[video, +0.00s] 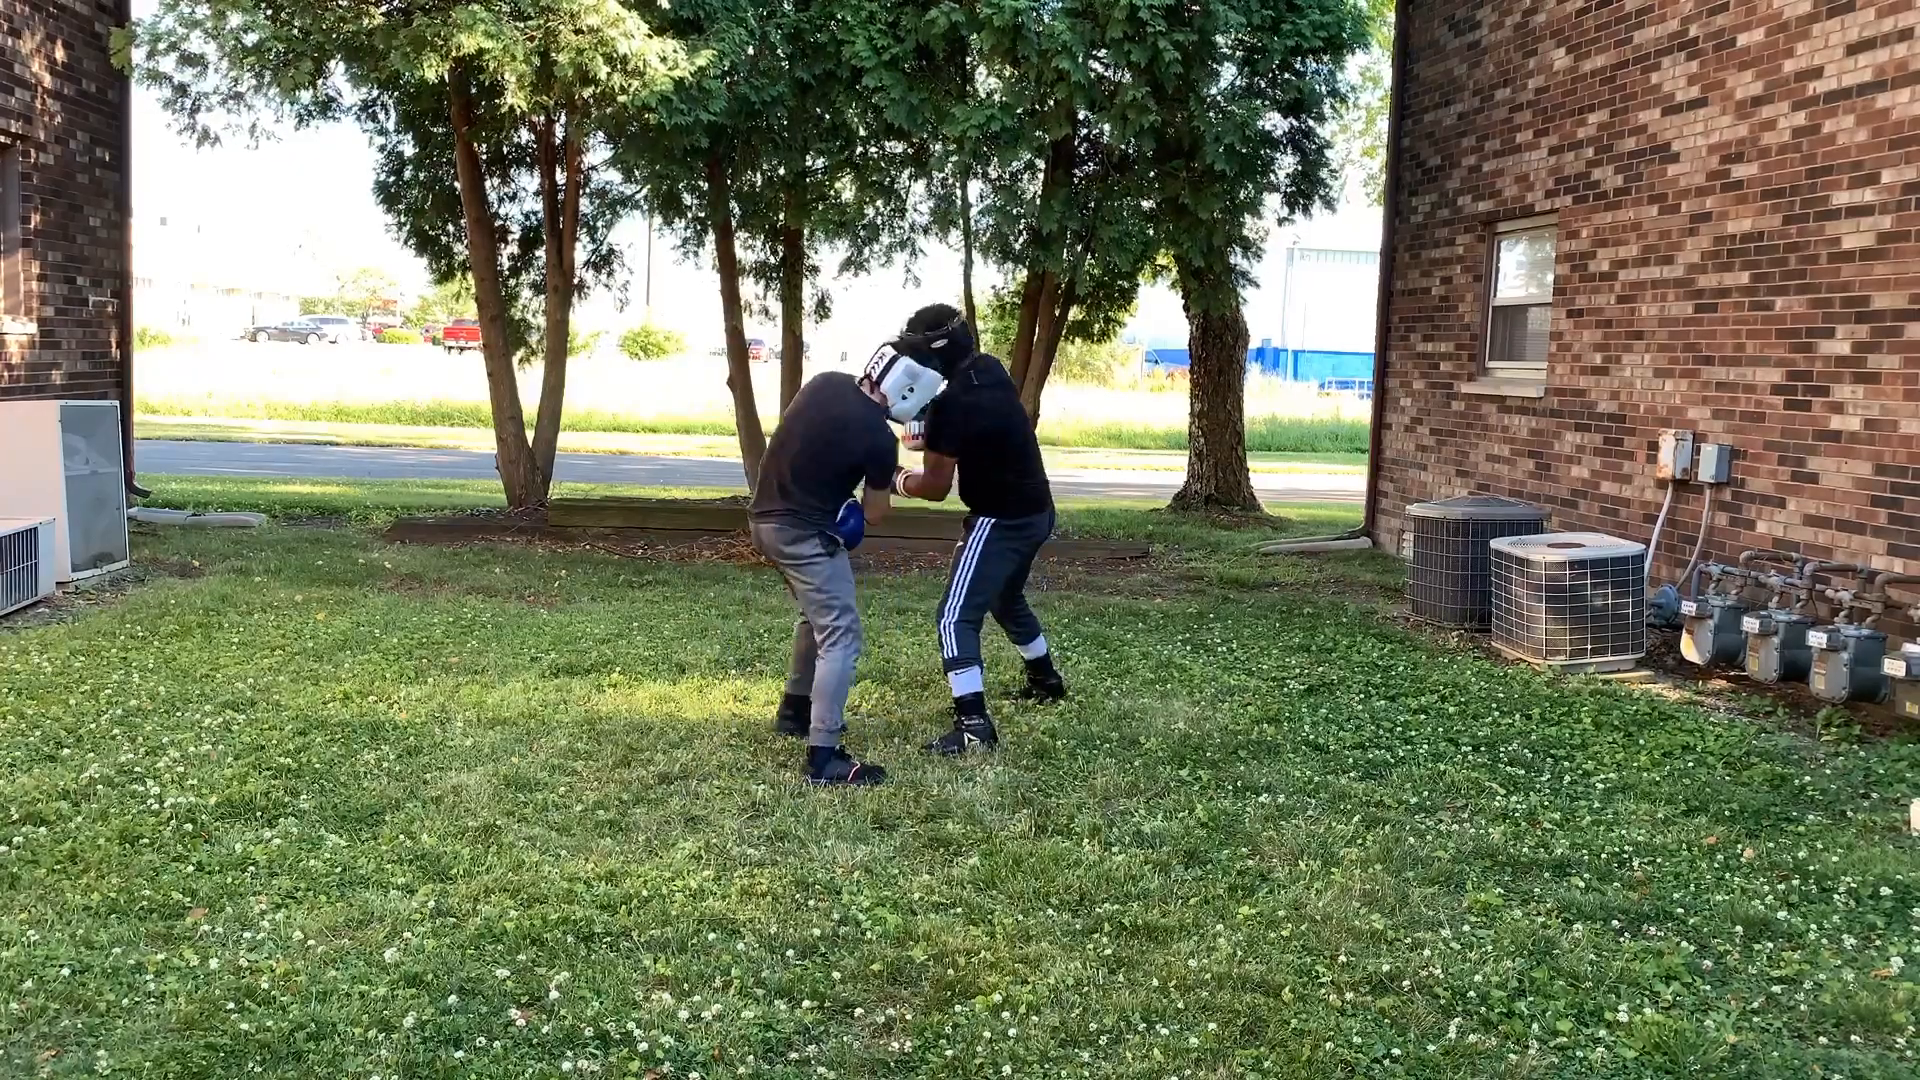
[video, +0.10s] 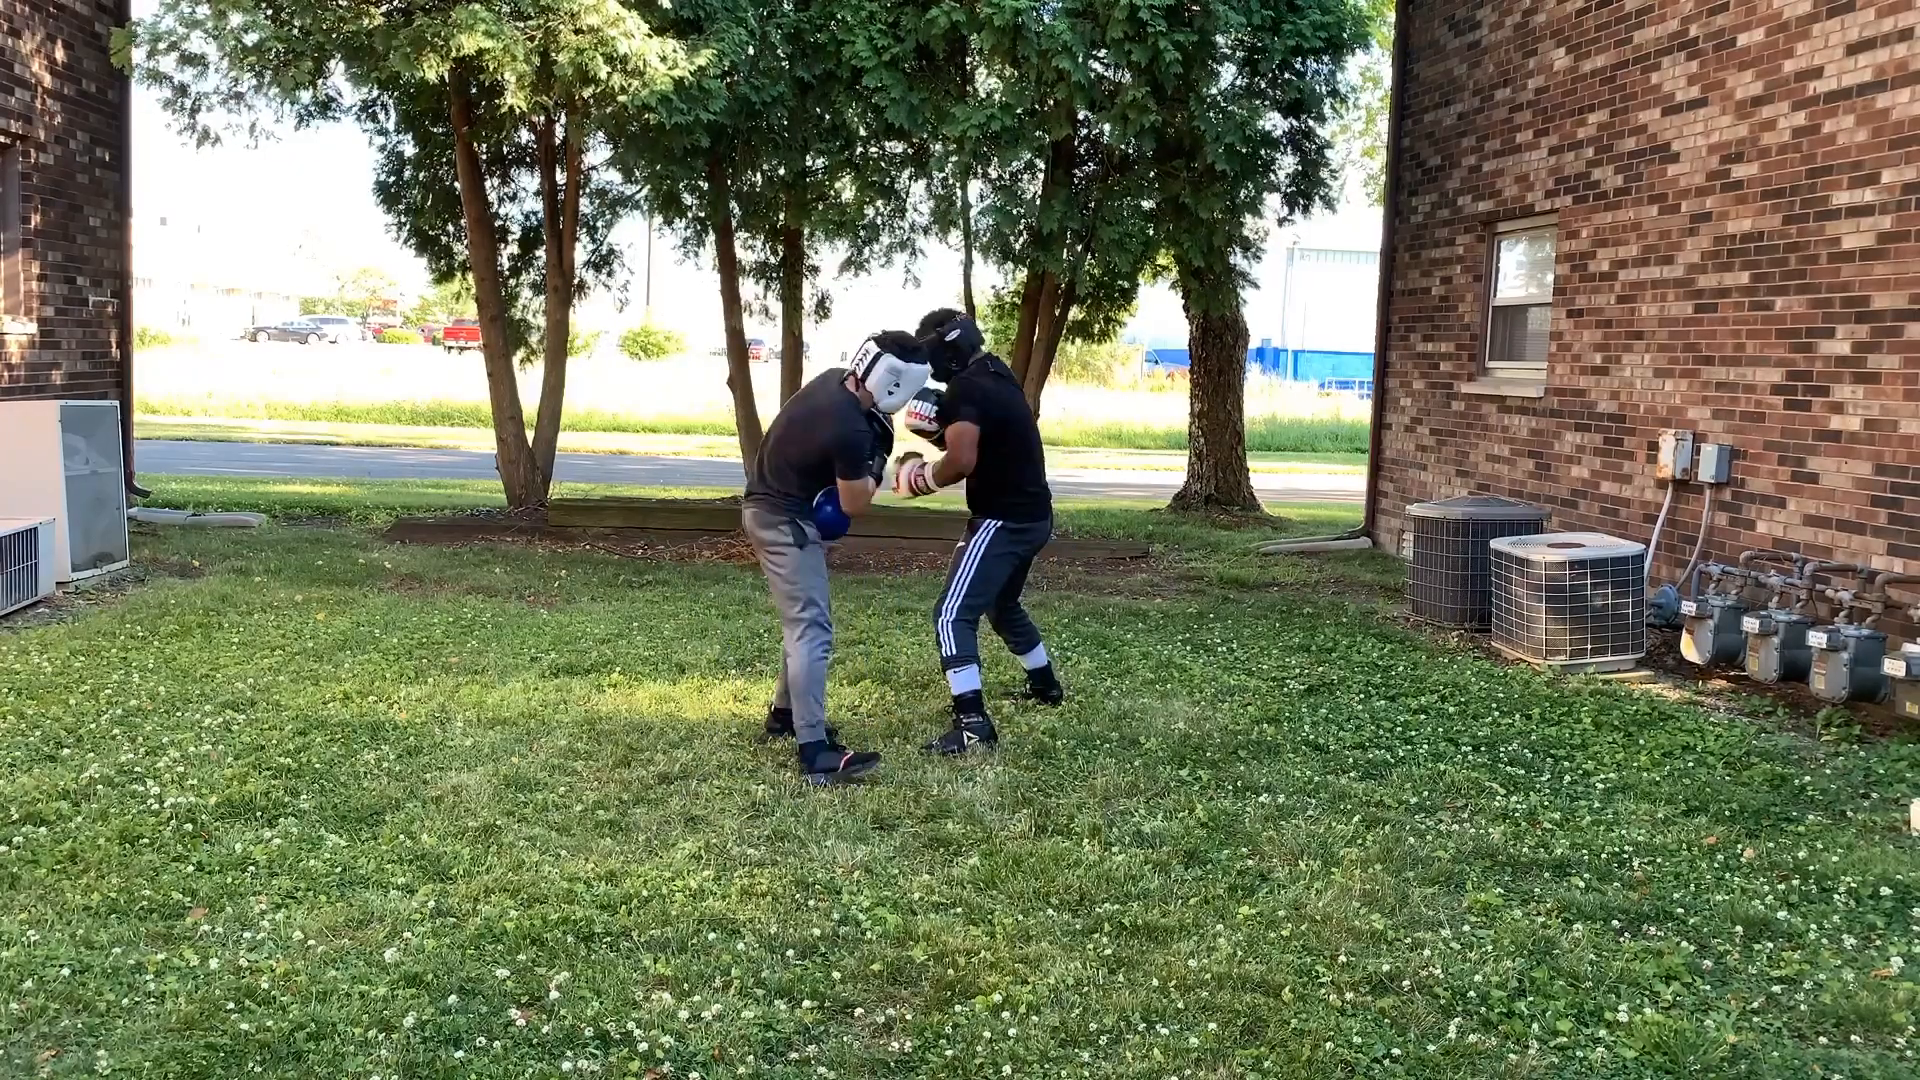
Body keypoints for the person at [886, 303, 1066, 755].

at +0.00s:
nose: (916, 364)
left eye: (919, 356)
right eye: (915, 356)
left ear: (934, 357)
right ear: (965, 342)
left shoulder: (949, 404)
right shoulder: (992, 369)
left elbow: (936, 487)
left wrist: (899, 478)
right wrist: (928, 434)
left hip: (999, 519)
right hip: (1032, 512)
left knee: (955, 616)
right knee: (1006, 602)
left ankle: (973, 724)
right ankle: (1045, 679)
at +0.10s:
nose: (930, 364)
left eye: (931, 354)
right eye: (927, 355)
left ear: (947, 350)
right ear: (970, 343)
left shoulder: (966, 386)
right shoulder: (996, 373)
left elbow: (961, 461)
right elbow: (978, 443)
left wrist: (924, 478)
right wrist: (932, 432)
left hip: (1002, 518)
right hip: (1029, 515)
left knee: (952, 613)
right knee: (1003, 607)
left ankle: (973, 724)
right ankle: (1045, 684)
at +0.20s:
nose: (935, 383)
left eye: (935, 372)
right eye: (931, 374)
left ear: (954, 364)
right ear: (971, 358)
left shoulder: (984, 387)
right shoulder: (992, 389)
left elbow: (1001, 449)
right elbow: (963, 479)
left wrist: (960, 495)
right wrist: (943, 446)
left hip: (1009, 523)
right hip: (1031, 521)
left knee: (947, 614)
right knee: (1000, 608)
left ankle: (971, 722)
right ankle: (1044, 683)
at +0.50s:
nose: (929, 401)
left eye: (931, 391)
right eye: (926, 393)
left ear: (952, 385)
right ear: (958, 385)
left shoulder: (991, 400)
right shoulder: (981, 421)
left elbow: (1037, 432)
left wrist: (986, 465)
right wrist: (962, 470)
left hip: (1025, 524)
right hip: (1030, 525)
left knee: (959, 612)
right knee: (1001, 615)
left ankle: (974, 725)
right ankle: (1045, 687)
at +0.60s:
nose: (922, 384)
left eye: (925, 374)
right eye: (918, 376)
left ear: (946, 367)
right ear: (957, 364)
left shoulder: (978, 383)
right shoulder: (967, 404)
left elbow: (1005, 404)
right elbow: (999, 477)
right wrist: (963, 472)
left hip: (1024, 521)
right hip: (1048, 519)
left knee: (962, 613)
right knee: (1019, 608)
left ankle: (970, 728)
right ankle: (1048, 687)